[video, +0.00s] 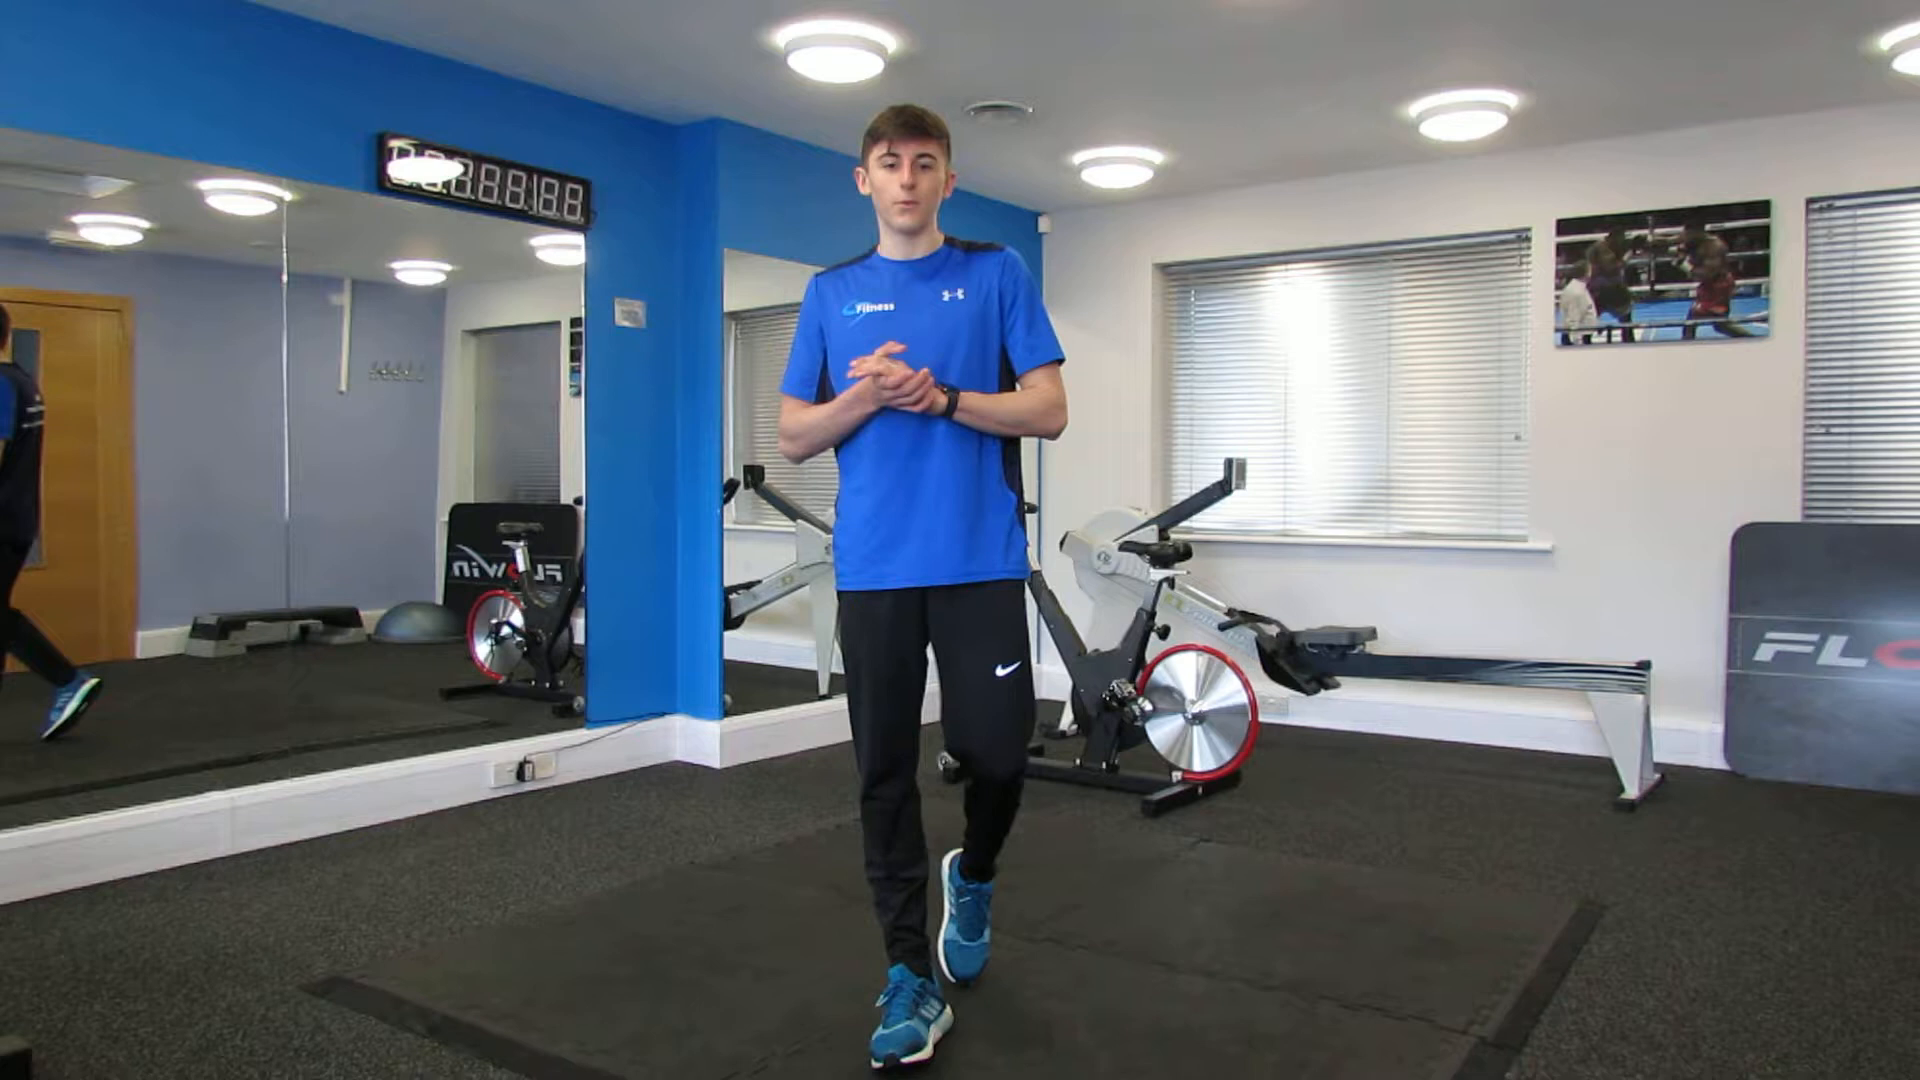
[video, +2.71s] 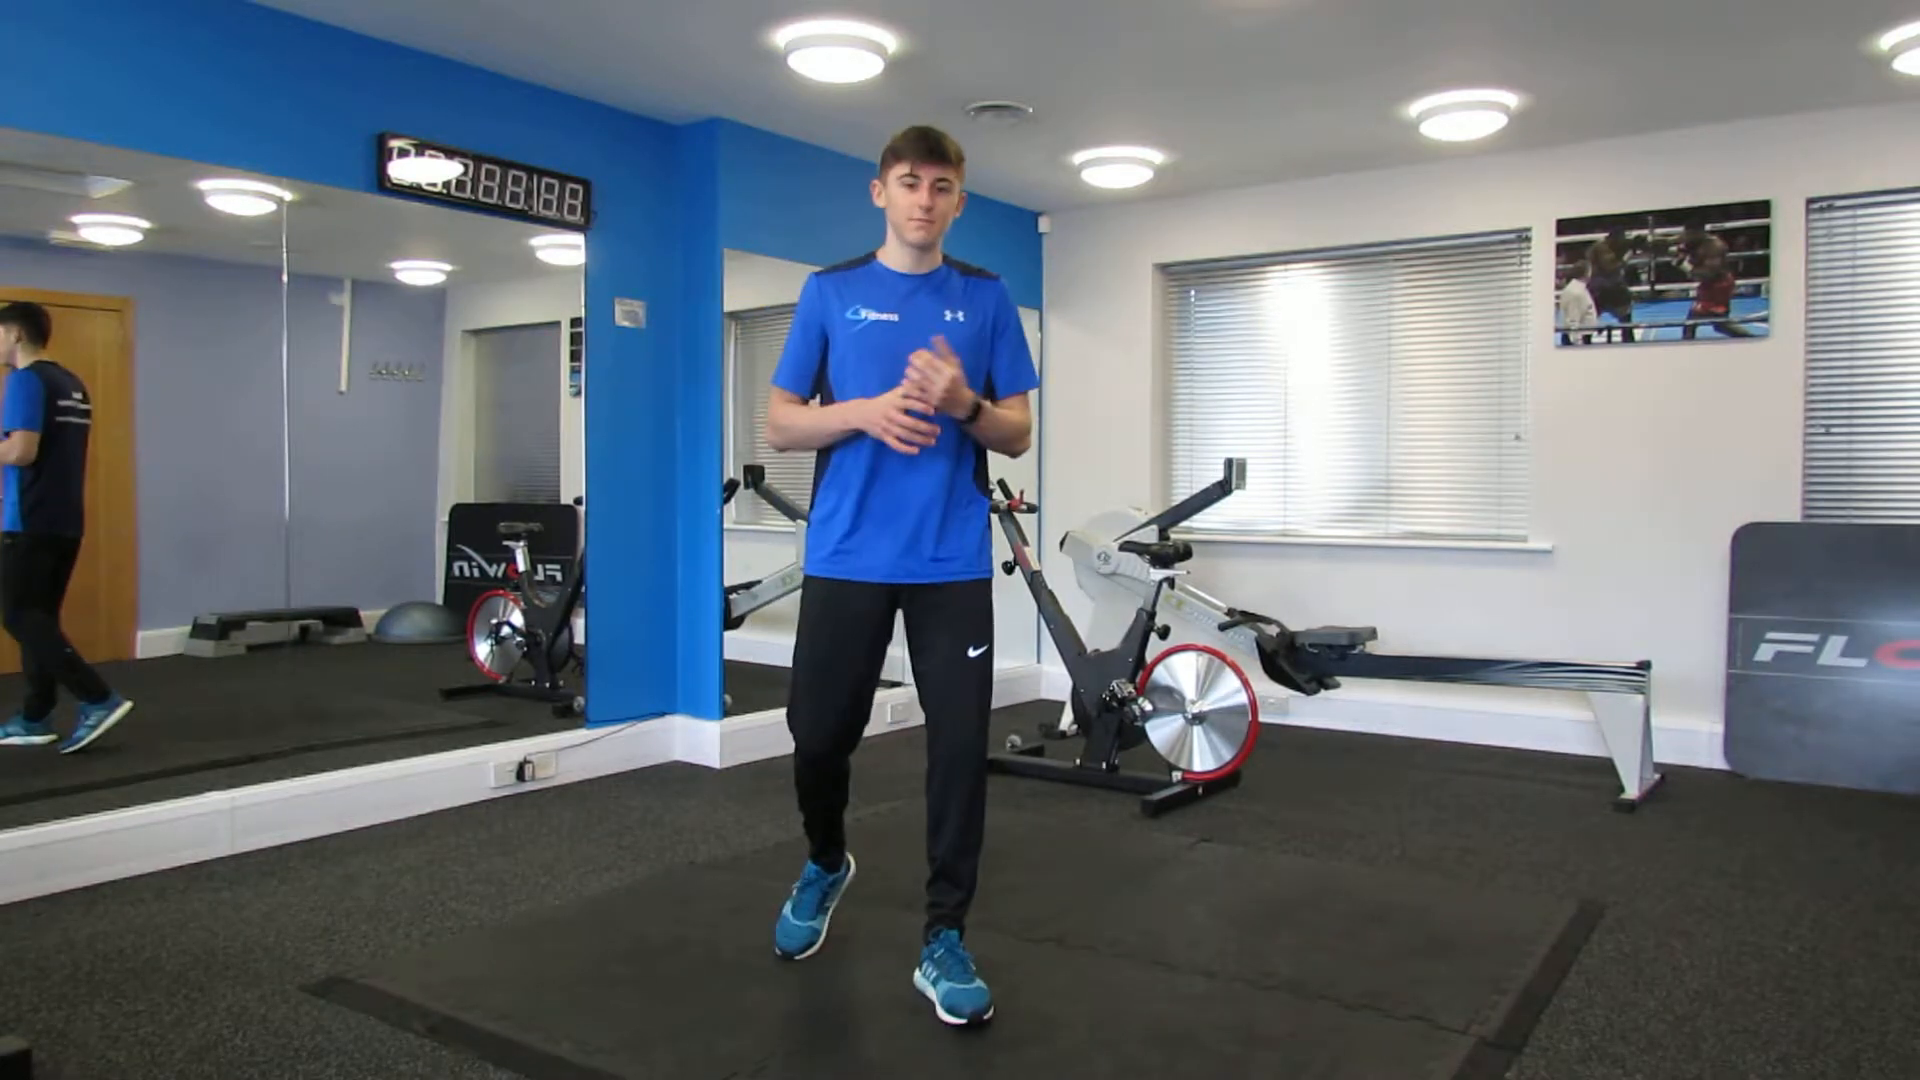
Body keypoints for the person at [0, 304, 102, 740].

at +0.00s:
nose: (1, 338)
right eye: (4, 330)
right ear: (9, 333)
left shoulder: (10, 383)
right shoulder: (24, 382)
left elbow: (11, 450)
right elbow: (28, 461)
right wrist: (21, 520)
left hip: (9, 524)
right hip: (19, 522)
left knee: (3, 612)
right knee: (4, 610)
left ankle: (67, 680)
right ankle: (67, 680)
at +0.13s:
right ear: (16, 333)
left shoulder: (12, 383)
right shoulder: (29, 381)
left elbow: (7, 456)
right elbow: (27, 459)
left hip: (11, 522)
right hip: (21, 520)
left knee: (7, 611)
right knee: (8, 610)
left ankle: (76, 686)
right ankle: (75, 686)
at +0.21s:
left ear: (3, 340)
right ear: (23, 338)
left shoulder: (17, 385)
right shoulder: (39, 384)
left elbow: (13, 460)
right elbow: (29, 458)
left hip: (14, 528)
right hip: (28, 526)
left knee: (19, 611)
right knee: (20, 611)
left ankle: (87, 699)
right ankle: (87, 699)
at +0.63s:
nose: (17, 345)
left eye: (21, 336)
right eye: (18, 336)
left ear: (40, 337)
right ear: (57, 339)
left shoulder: (61, 381)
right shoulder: (87, 380)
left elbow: (77, 449)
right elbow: (76, 450)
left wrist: (28, 446)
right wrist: (30, 453)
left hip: (57, 523)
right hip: (90, 523)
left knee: (16, 611)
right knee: (89, 613)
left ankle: (27, 715)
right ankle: (103, 714)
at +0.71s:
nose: (25, 345)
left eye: (29, 335)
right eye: (26, 336)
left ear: (50, 336)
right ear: (68, 338)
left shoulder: (68, 380)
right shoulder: (97, 381)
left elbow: (81, 449)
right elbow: (85, 451)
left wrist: (35, 446)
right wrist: (36, 450)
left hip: (63, 523)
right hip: (95, 524)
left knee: (20, 609)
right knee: (91, 613)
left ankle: (65, 708)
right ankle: (104, 714)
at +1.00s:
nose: (40, 338)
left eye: (45, 329)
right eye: (41, 330)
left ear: (65, 333)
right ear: (85, 334)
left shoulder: (78, 379)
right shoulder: (111, 380)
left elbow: (79, 452)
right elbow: (91, 449)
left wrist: (40, 439)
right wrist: (41, 443)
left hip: (83, 523)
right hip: (103, 521)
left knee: (90, 616)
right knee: (93, 615)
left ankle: (121, 718)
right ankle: (101, 713)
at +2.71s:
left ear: (15, 335)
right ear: (41, 336)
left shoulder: (26, 379)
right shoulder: (72, 383)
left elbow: (23, 449)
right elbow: (64, 453)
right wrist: (18, 445)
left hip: (30, 525)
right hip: (63, 524)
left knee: (23, 617)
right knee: (39, 620)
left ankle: (99, 700)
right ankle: (35, 719)